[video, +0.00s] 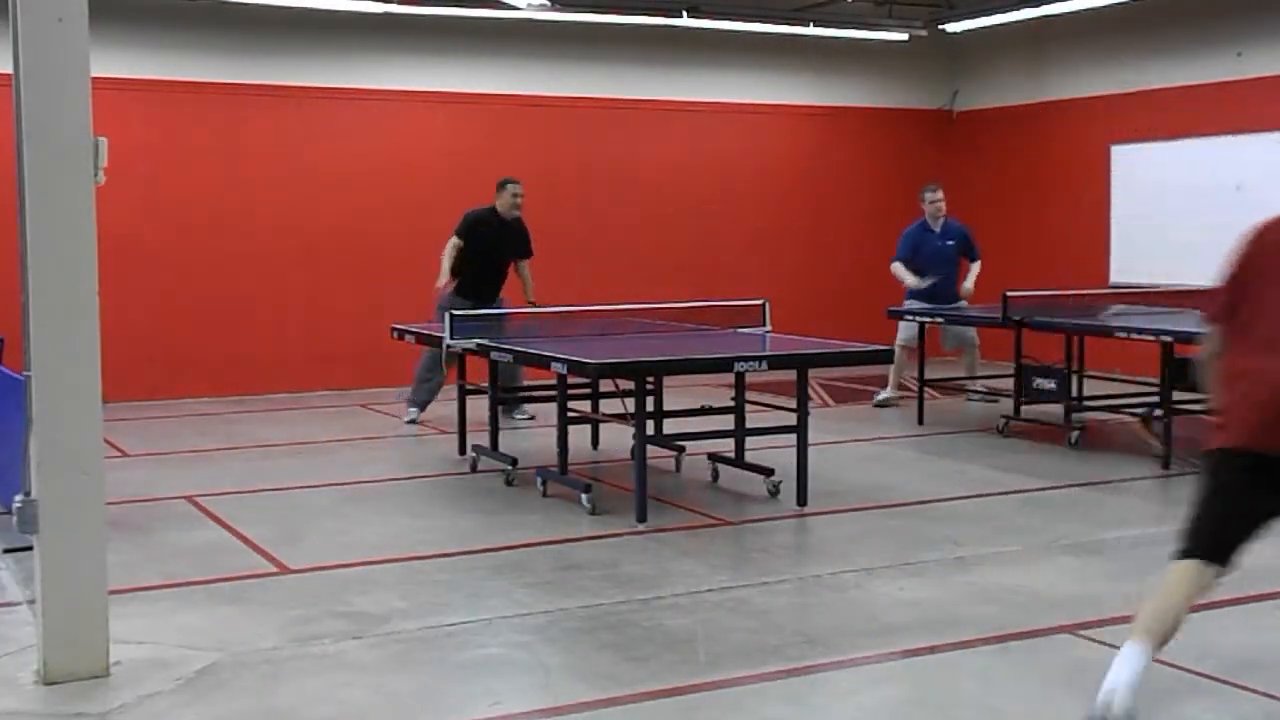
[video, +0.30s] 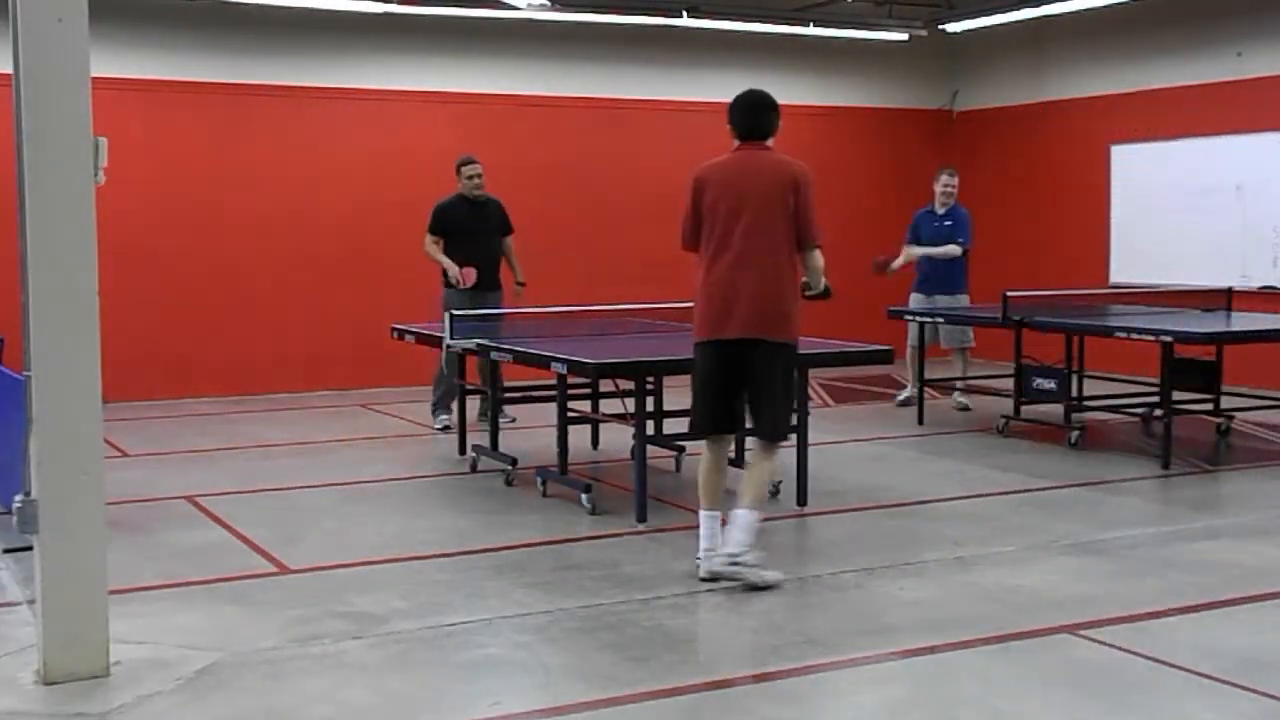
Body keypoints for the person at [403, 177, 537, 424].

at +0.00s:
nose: (520, 201)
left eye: (522, 197)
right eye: (515, 196)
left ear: (521, 199)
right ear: (499, 196)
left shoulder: (518, 228)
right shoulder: (475, 219)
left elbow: (522, 264)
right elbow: (453, 245)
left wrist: (529, 295)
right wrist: (444, 275)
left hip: (490, 304)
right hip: (458, 300)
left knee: (506, 354)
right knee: (440, 350)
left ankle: (511, 405)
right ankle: (416, 403)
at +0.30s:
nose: (476, 182)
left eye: (479, 176)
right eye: (470, 178)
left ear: (484, 178)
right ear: (459, 181)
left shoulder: (495, 207)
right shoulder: (446, 209)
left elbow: (506, 241)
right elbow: (431, 244)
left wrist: (517, 273)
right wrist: (448, 265)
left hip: (490, 289)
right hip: (459, 290)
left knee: (492, 351)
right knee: (453, 350)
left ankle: (492, 406)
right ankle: (442, 408)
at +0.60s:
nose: (487, 181)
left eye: (491, 176)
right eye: (481, 177)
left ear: (495, 178)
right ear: (471, 179)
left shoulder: (506, 209)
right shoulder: (457, 209)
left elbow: (523, 245)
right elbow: (445, 246)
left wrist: (540, 278)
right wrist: (443, 284)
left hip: (498, 289)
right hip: (465, 287)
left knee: (495, 350)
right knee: (460, 346)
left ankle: (490, 405)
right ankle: (447, 403)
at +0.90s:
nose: (480, 181)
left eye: (484, 177)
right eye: (474, 177)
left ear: (489, 180)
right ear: (463, 180)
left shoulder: (495, 211)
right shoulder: (449, 211)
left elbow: (510, 248)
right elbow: (434, 250)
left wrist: (521, 280)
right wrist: (422, 289)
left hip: (493, 295)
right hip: (460, 295)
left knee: (494, 354)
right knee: (451, 352)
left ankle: (491, 407)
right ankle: (431, 411)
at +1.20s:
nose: (461, 180)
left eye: (464, 175)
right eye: (454, 175)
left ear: (469, 178)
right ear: (442, 178)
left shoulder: (478, 208)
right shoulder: (428, 210)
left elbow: (488, 244)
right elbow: (416, 250)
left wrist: (499, 279)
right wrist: (417, 290)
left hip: (473, 293)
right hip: (439, 294)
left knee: (484, 350)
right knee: (435, 352)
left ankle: (486, 406)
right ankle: (429, 412)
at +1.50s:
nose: (460, 183)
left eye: (463, 178)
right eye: (454, 178)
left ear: (467, 179)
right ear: (441, 179)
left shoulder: (475, 207)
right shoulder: (425, 210)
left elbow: (485, 243)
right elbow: (414, 249)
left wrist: (499, 276)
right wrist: (424, 286)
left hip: (469, 292)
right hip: (434, 294)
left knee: (483, 347)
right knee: (433, 352)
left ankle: (485, 403)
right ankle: (429, 412)